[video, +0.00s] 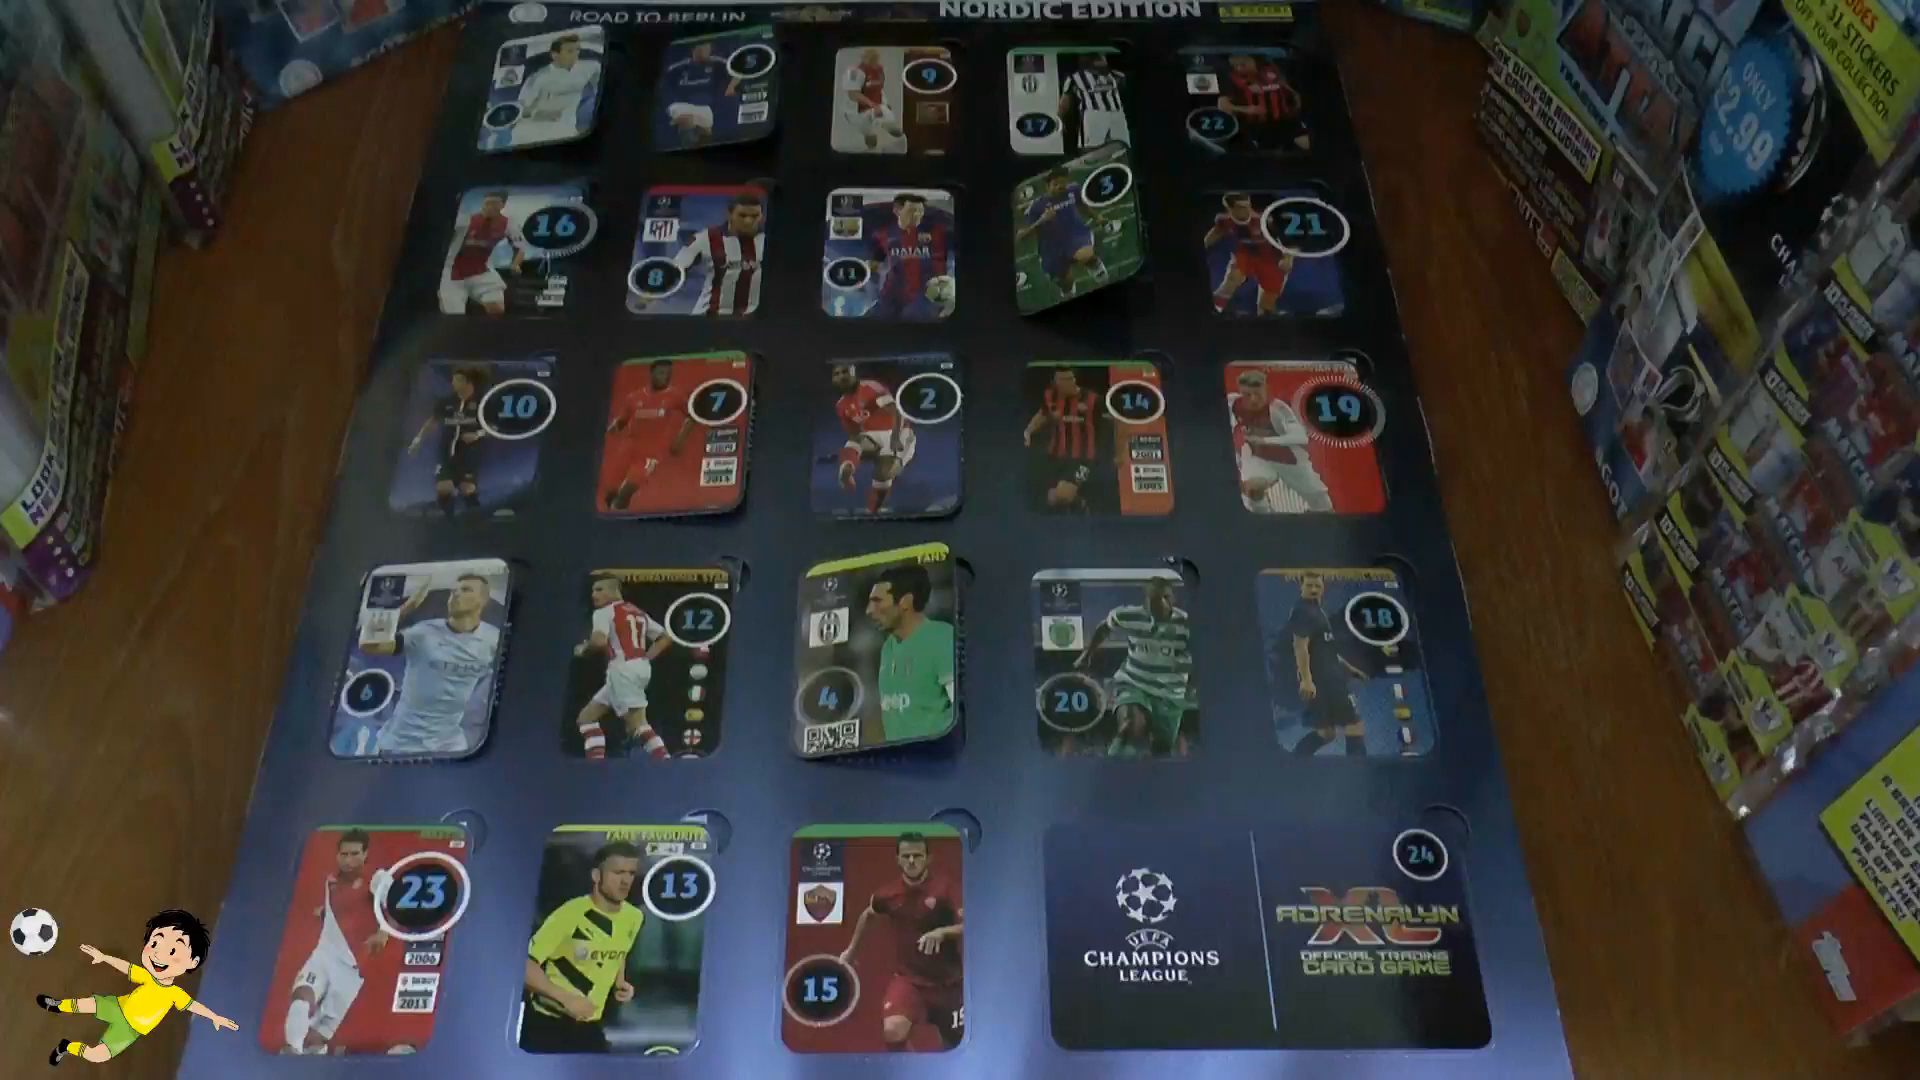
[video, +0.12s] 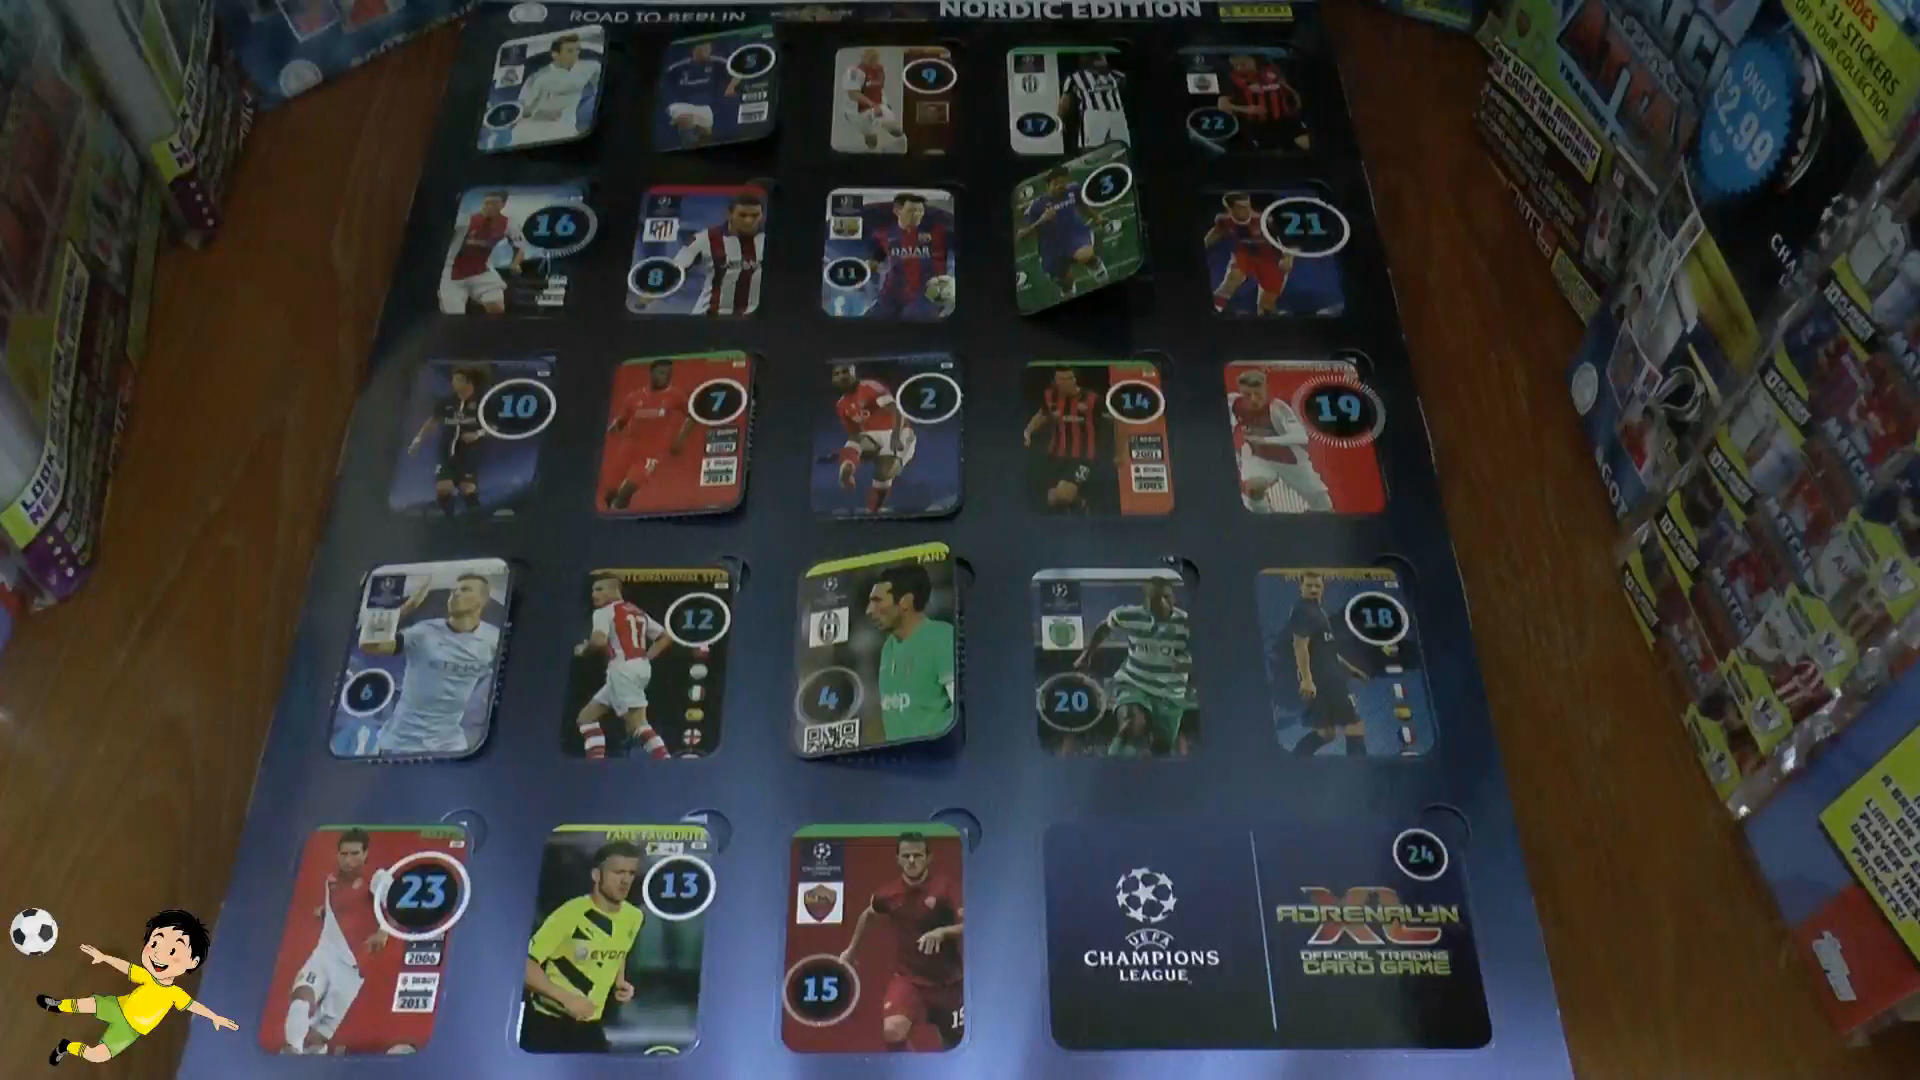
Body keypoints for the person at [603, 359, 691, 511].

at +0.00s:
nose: (663, 376)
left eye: (666, 373)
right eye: (659, 372)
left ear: (670, 375)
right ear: (652, 374)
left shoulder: (674, 397)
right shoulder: (635, 397)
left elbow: (692, 416)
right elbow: (621, 421)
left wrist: (679, 441)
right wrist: (616, 425)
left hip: (654, 451)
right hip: (631, 449)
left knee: (626, 490)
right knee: (610, 490)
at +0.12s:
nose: (662, 377)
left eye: (666, 373)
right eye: (659, 372)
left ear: (670, 375)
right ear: (651, 373)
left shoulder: (674, 397)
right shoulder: (635, 397)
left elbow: (692, 415)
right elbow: (621, 422)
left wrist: (679, 441)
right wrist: (616, 425)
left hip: (655, 450)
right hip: (631, 449)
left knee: (627, 489)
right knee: (610, 490)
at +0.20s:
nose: (662, 376)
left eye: (666, 372)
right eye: (659, 372)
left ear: (670, 375)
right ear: (651, 373)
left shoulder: (675, 397)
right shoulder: (635, 397)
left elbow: (692, 415)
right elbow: (620, 422)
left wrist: (679, 441)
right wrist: (616, 425)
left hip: (654, 451)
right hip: (631, 449)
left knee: (626, 490)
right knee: (611, 491)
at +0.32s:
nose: (663, 376)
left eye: (666, 372)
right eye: (659, 372)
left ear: (670, 375)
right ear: (651, 373)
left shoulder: (675, 396)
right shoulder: (635, 397)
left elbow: (693, 415)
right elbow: (620, 422)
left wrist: (680, 440)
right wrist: (616, 425)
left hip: (654, 451)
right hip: (630, 450)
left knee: (626, 490)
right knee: (612, 492)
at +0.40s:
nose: (664, 376)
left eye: (667, 372)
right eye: (660, 372)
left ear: (670, 375)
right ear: (651, 373)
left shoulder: (675, 396)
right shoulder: (635, 397)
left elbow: (693, 415)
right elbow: (620, 422)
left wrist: (680, 440)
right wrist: (617, 425)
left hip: (654, 451)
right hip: (631, 450)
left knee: (626, 490)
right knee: (611, 492)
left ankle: (612, 524)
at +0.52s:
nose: (664, 376)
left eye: (667, 372)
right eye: (660, 372)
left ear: (671, 374)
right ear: (652, 373)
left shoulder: (675, 396)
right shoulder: (635, 396)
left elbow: (693, 415)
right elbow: (621, 421)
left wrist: (680, 441)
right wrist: (617, 425)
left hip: (654, 451)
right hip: (630, 450)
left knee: (626, 490)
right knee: (611, 491)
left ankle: (612, 525)